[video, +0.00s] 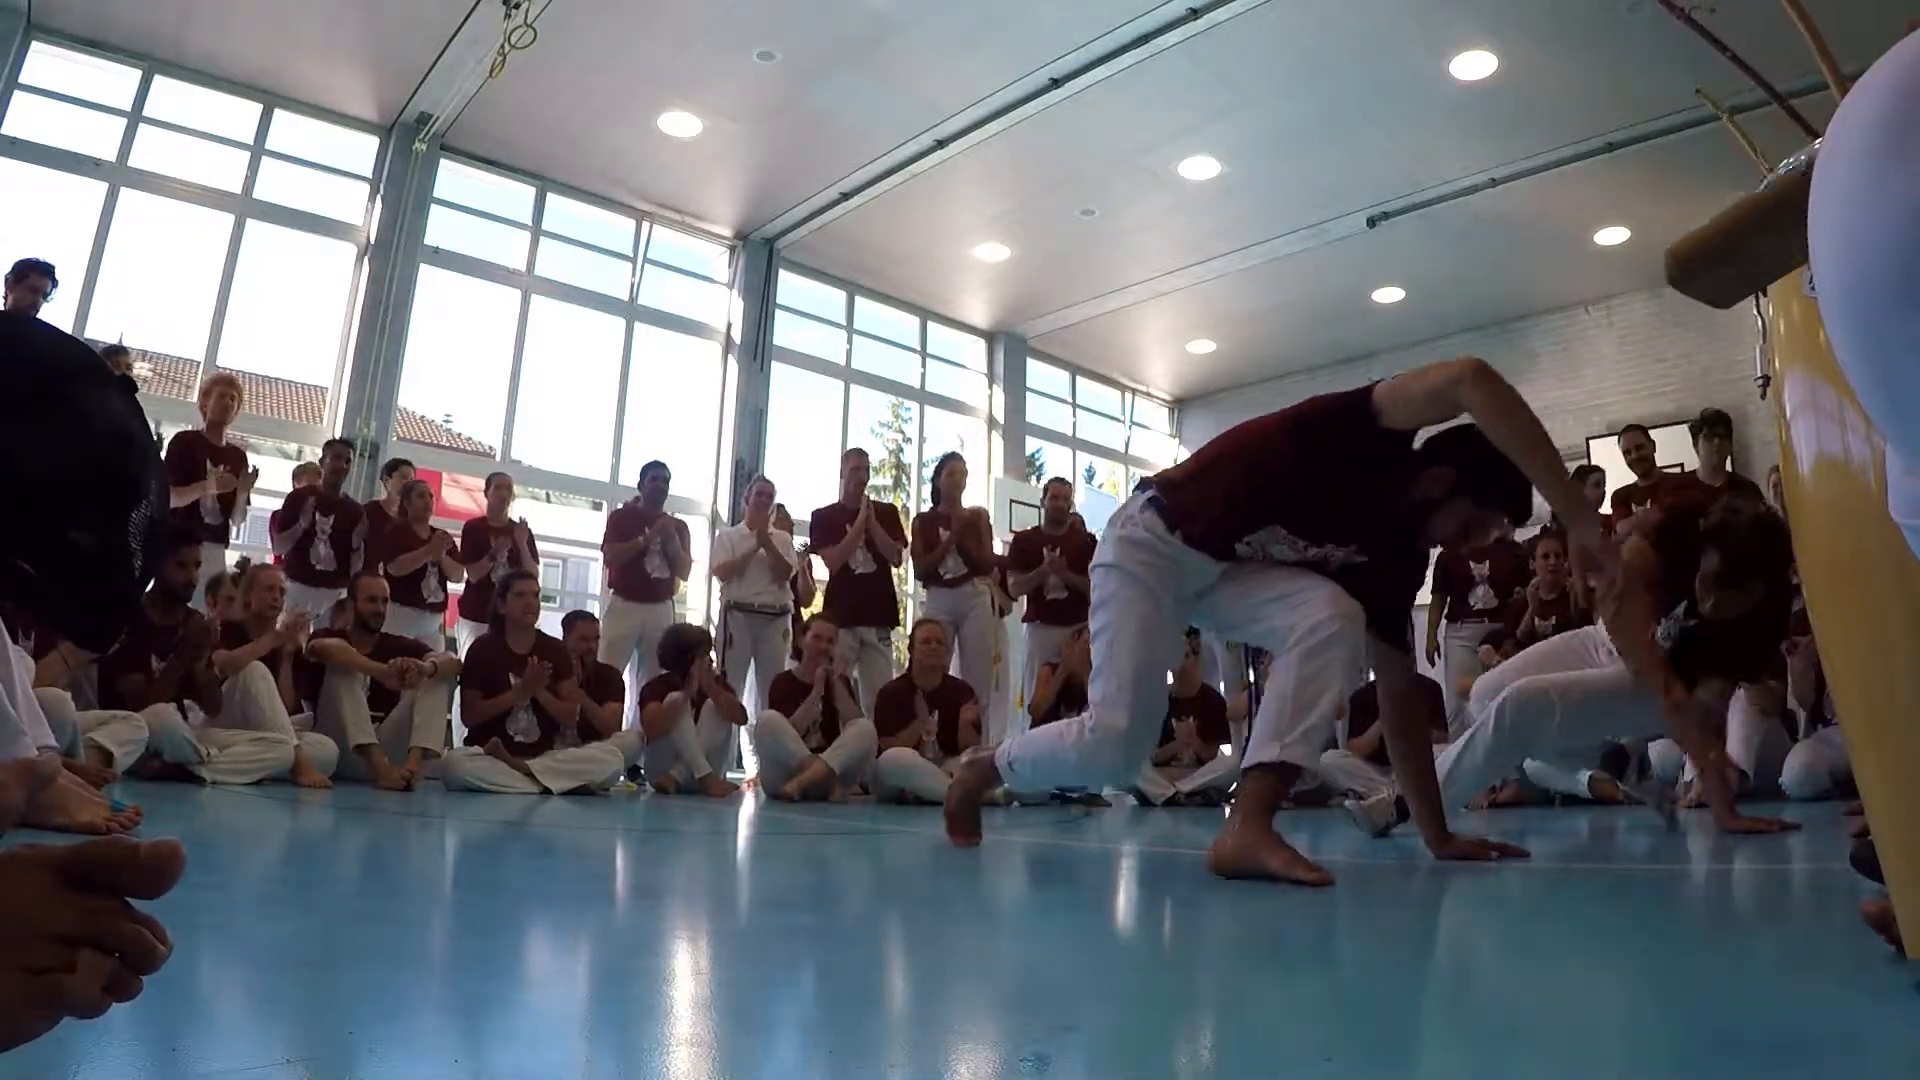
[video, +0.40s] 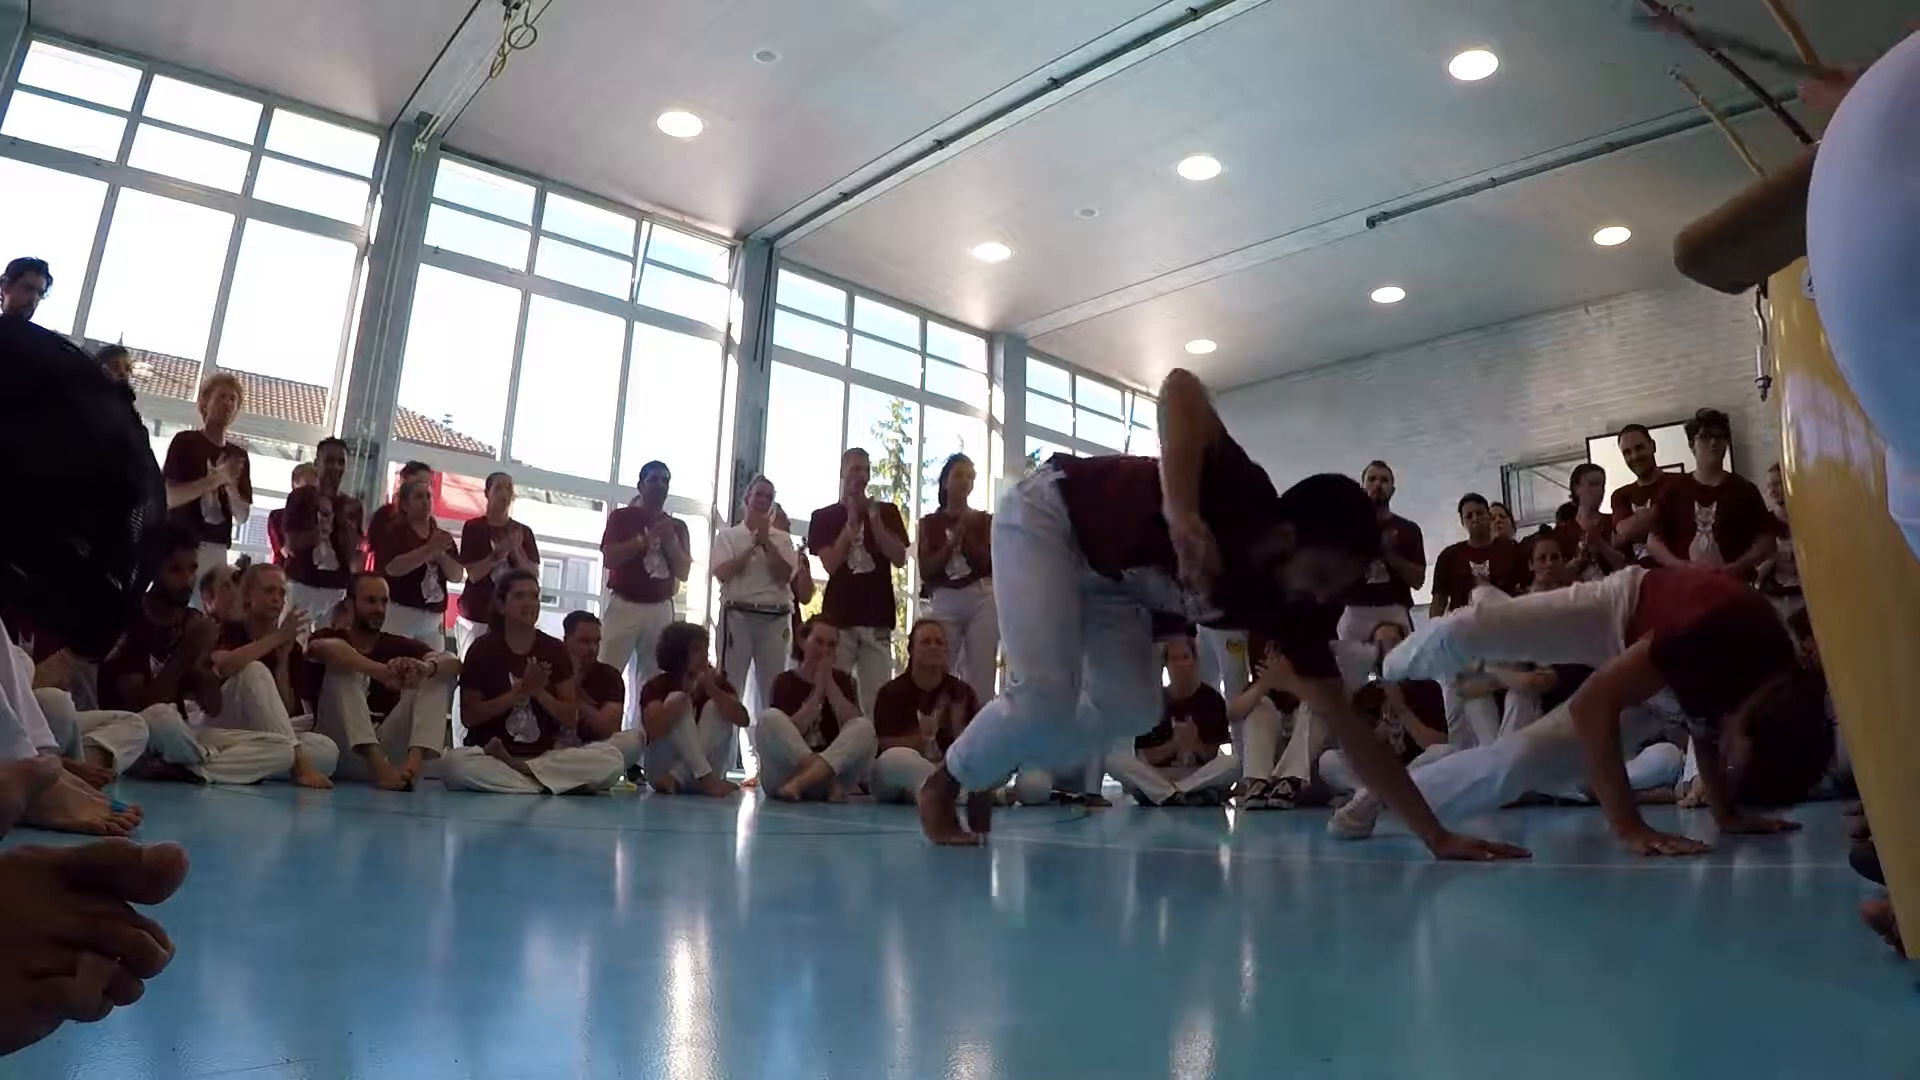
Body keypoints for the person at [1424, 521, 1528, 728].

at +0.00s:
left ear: (1502, 517)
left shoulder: (1512, 551)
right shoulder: (1451, 553)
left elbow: (1525, 590)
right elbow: (1438, 597)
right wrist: (1431, 635)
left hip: (1502, 632)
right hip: (1461, 633)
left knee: (1502, 696)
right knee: (1457, 701)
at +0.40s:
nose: (1476, 520)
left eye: (1480, 514)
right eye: (1469, 516)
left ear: (1489, 517)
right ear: (1462, 522)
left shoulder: (1511, 550)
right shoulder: (1450, 555)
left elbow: (1525, 590)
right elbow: (1439, 601)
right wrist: (1432, 638)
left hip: (1506, 629)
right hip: (1463, 634)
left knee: (1516, 693)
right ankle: (1461, 760)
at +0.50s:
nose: (1475, 520)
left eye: (1479, 514)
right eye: (1469, 516)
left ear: (1489, 516)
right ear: (1462, 521)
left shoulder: (1504, 549)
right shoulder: (1451, 554)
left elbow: (1519, 587)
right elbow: (1440, 598)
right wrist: (1431, 637)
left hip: (1498, 627)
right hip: (1461, 629)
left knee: (1501, 691)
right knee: (1464, 695)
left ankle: (1500, 750)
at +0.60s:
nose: (1480, 524)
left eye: (1486, 519)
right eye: (1475, 519)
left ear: (1498, 521)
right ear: (1467, 523)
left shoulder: (1513, 555)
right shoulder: (1451, 556)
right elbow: (1440, 601)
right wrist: (1432, 638)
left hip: (1503, 635)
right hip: (1461, 635)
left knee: (1502, 698)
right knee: (1462, 699)